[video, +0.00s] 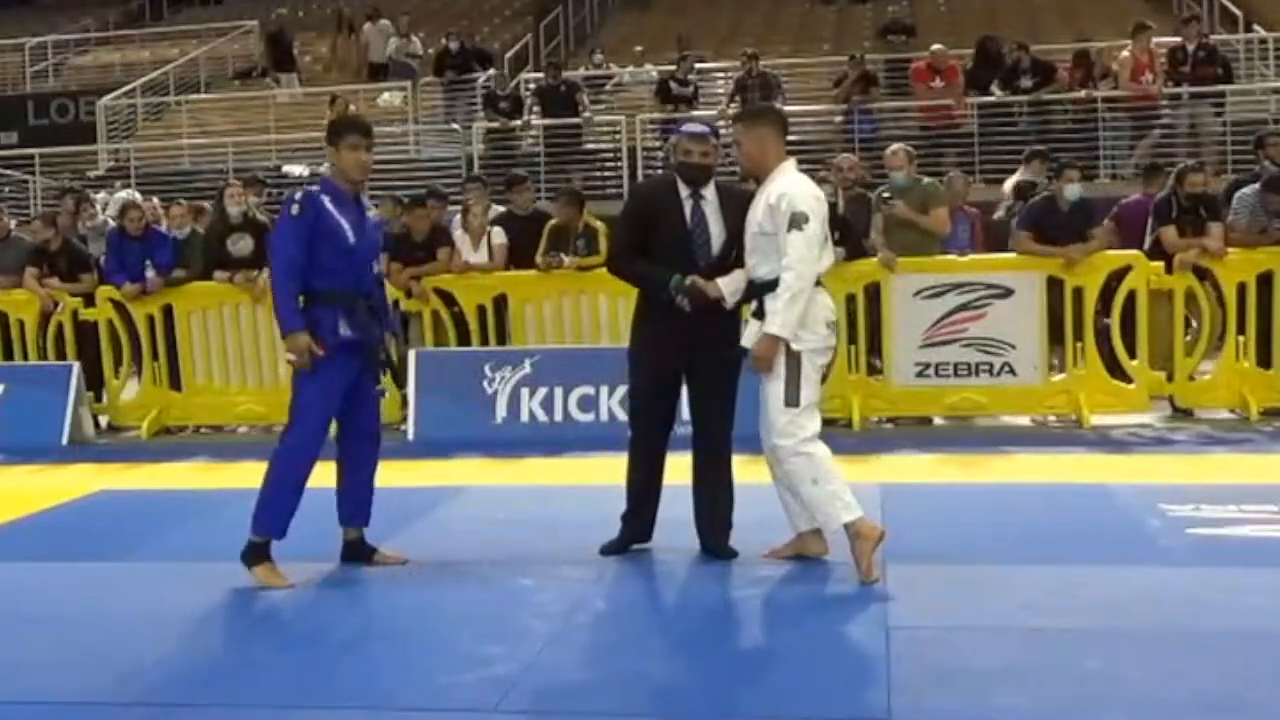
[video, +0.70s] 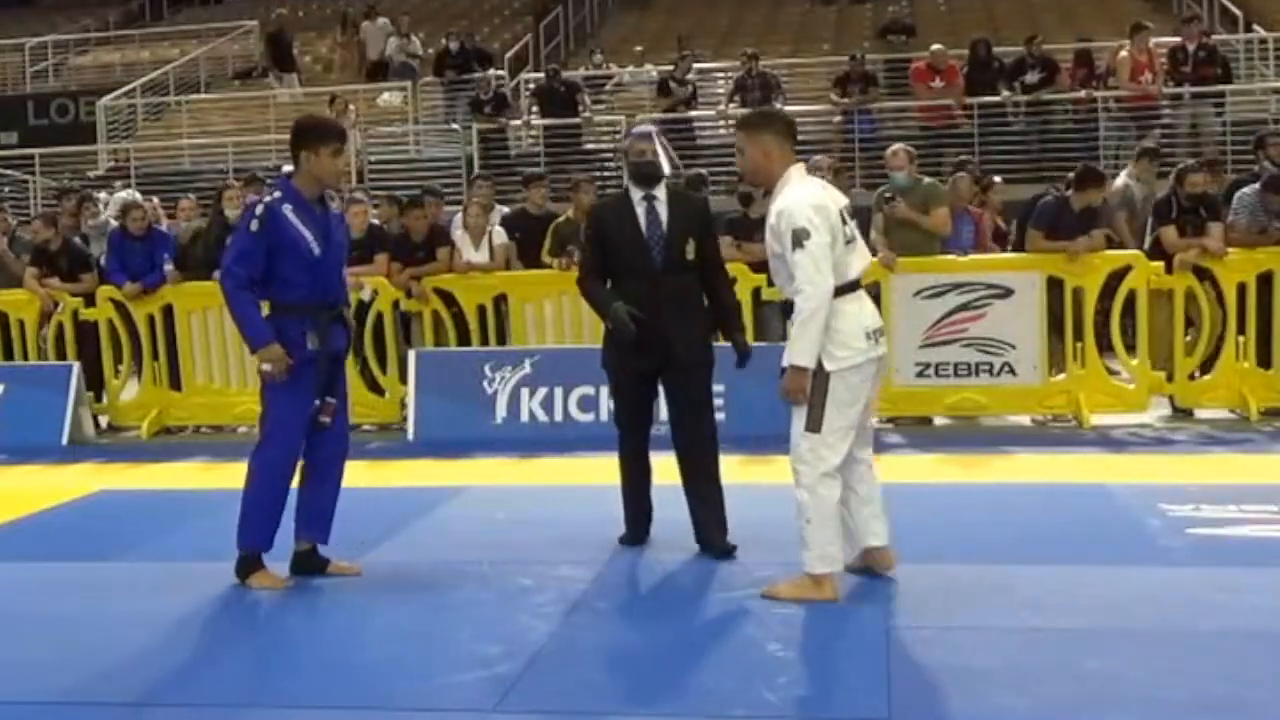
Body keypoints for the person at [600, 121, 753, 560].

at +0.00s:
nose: (695, 159)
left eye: (704, 152)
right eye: (687, 151)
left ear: (717, 156)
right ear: (672, 154)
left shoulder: (739, 201)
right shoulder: (648, 197)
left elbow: (762, 263)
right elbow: (619, 259)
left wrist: (727, 289)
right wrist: (673, 283)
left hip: (717, 337)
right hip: (657, 335)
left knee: (714, 439)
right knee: (647, 435)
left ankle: (715, 535)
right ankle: (636, 528)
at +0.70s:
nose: (645, 160)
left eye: (652, 152)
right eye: (637, 153)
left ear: (665, 158)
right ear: (624, 161)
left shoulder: (693, 208)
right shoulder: (604, 215)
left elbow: (714, 274)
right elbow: (589, 277)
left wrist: (733, 329)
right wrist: (609, 306)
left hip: (687, 339)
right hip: (630, 343)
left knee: (698, 438)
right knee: (632, 439)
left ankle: (713, 535)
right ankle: (636, 527)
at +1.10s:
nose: (642, 160)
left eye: (648, 153)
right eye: (633, 154)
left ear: (660, 159)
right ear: (618, 161)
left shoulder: (682, 204)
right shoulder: (602, 210)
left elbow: (705, 268)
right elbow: (584, 267)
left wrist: (725, 322)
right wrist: (599, 243)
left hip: (682, 330)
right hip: (628, 334)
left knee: (699, 413)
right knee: (631, 430)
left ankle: (700, 489)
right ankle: (636, 522)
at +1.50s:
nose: (669, 163)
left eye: (677, 155)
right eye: (662, 156)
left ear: (689, 161)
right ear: (650, 162)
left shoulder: (706, 205)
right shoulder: (636, 208)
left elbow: (726, 260)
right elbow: (626, 251)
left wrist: (728, 316)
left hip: (698, 320)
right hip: (645, 319)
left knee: (695, 422)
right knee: (646, 424)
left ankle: (695, 508)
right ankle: (639, 516)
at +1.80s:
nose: (673, 166)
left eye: (680, 159)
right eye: (666, 159)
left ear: (690, 163)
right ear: (652, 162)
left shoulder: (702, 207)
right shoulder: (632, 203)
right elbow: (628, 255)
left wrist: (723, 323)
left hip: (697, 317)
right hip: (643, 312)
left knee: (695, 418)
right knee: (639, 411)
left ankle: (693, 503)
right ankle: (634, 487)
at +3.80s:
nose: (642, 170)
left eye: (650, 165)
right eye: (638, 164)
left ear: (667, 170)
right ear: (631, 168)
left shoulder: (692, 215)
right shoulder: (618, 214)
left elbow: (706, 272)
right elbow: (607, 270)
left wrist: (715, 324)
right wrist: (599, 319)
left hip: (677, 325)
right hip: (630, 325)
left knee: (685, 406)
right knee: (636, 406)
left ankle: (691, 480)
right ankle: (637, 476)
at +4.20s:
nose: (636, 175)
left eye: (643, 169)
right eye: (630, 168)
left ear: (654, 173)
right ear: (619, 172)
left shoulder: (674, 210)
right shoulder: (602, 216)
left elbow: (693, 261)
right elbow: (592, 273)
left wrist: (679, 296)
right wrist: (591, 323)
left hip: (670, 318)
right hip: (625, 321)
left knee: (680, 399)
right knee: (633, 402)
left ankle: (690, 477)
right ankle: (638, 473)